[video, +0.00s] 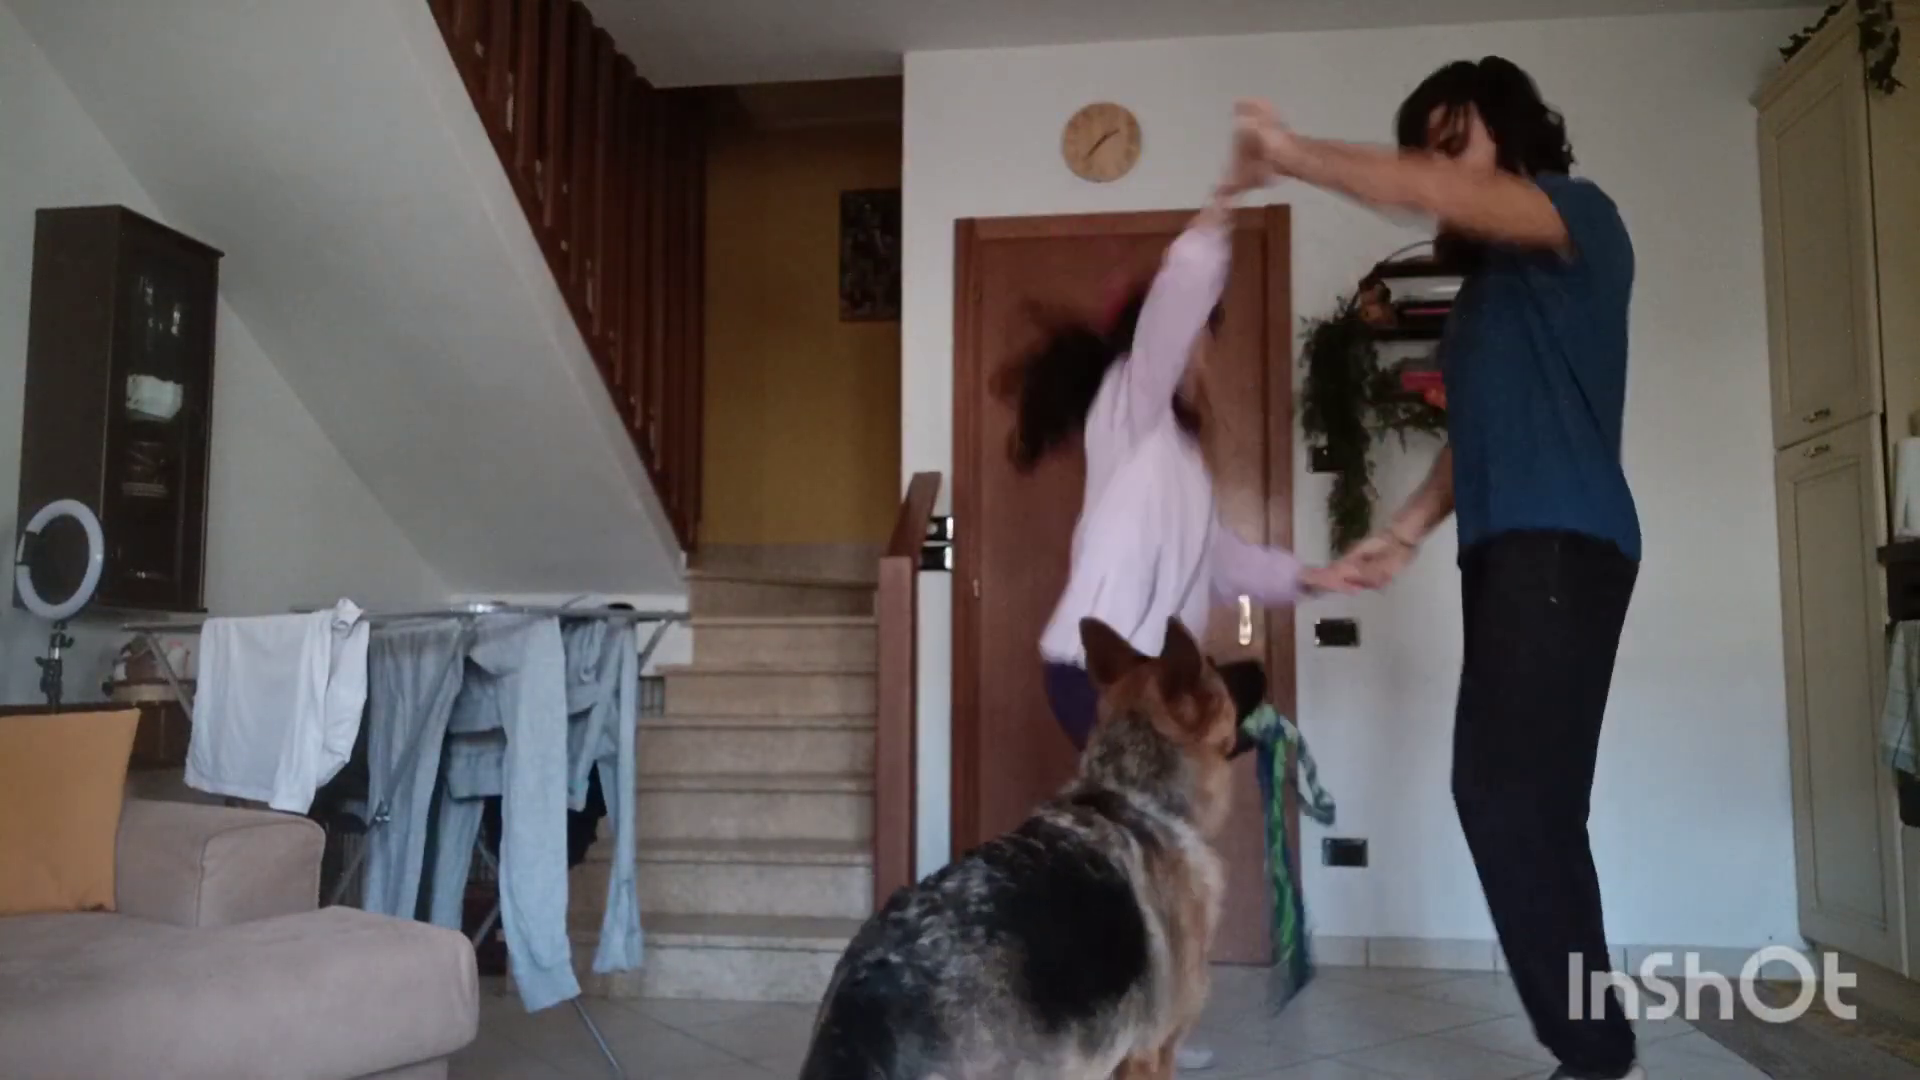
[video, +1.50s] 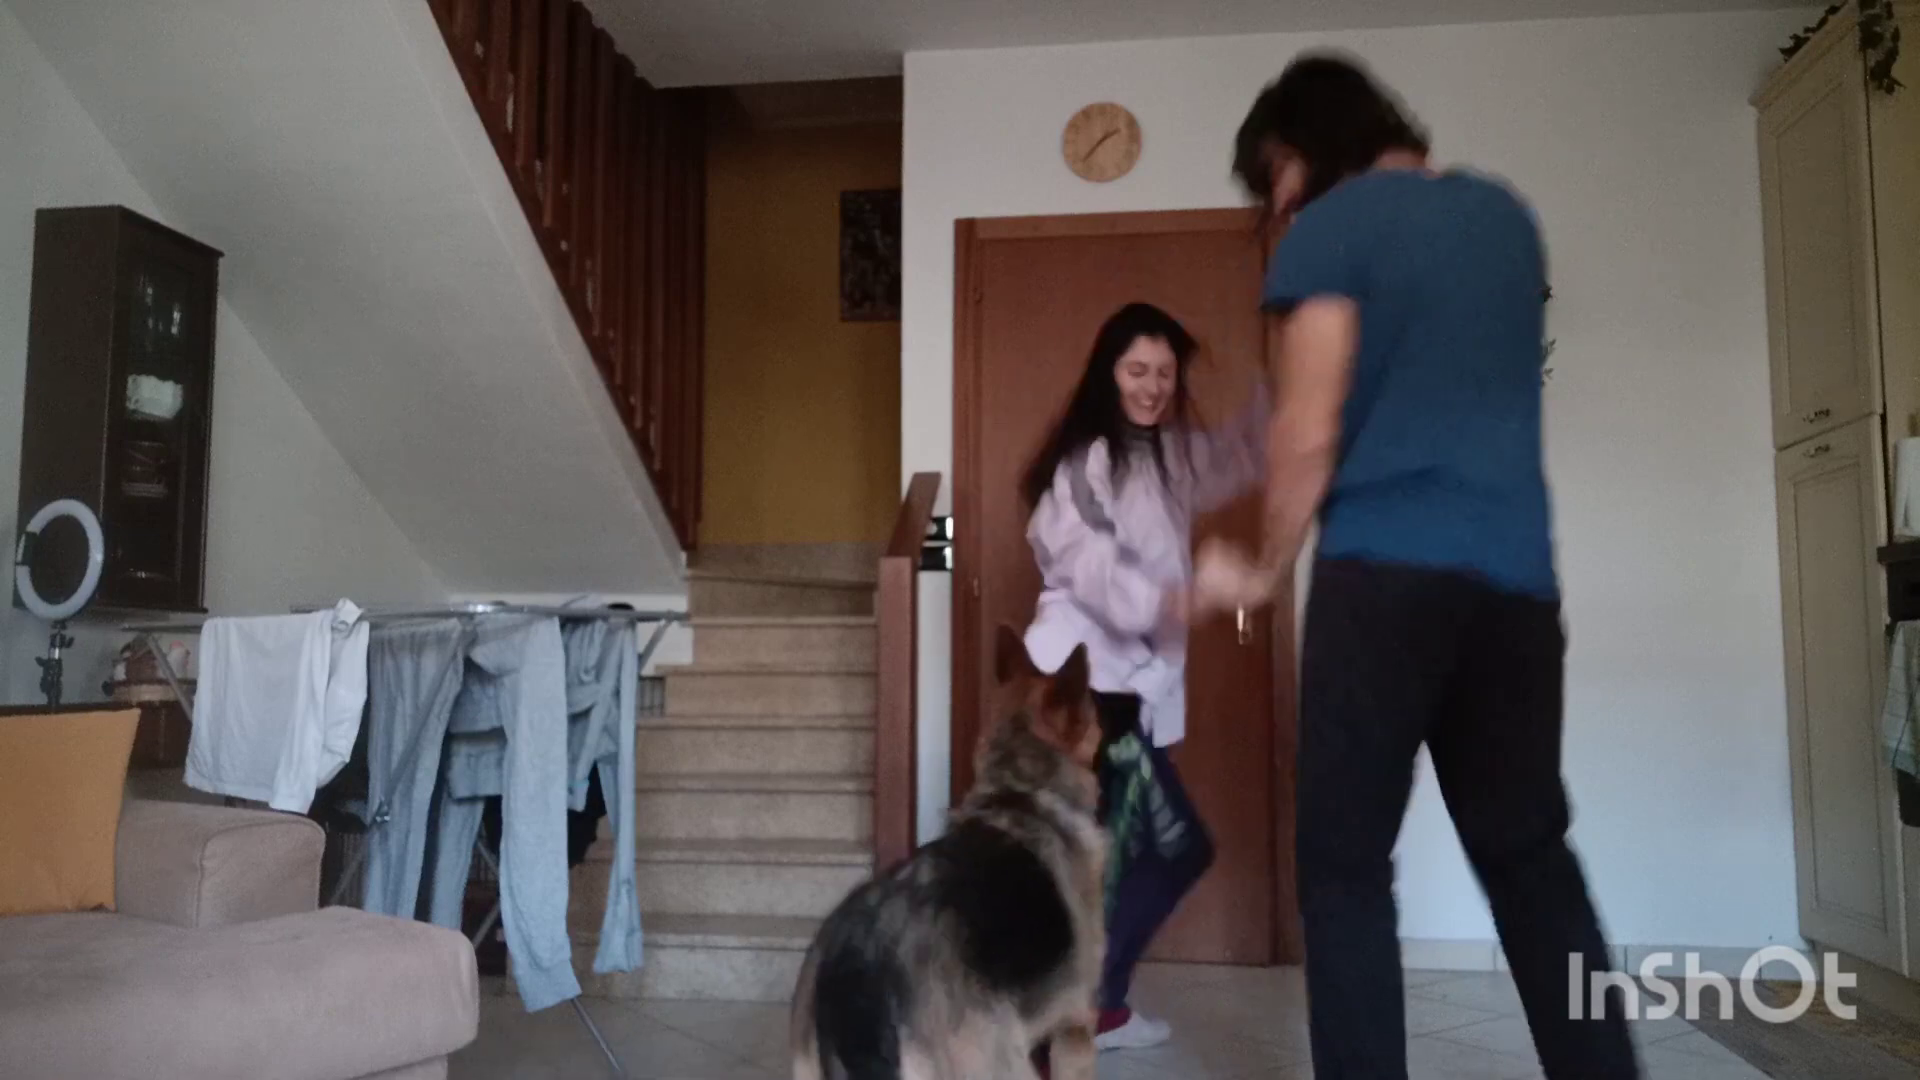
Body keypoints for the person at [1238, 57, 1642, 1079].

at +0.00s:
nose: (1445, 170)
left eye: (1453, 142)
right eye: (1430, 157)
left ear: (1508, 122)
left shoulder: (1582, 215)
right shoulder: (1508, 269)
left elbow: (1437, 193)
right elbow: (1480, 429)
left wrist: (1290, 154)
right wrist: (1402, 531)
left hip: (1560, 544)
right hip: (1512, 551)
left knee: (1500, 787)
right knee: (1529, 796)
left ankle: (1593, 1051)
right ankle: (1590, 1048)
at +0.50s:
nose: (1397, 204)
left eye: (1399, 184)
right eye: (1391, 190)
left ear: (1435, 152)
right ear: (1493, 152)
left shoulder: (1486, 206)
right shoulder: (1575, 266)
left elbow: (1294, 194)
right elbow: (1528, 419)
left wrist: (1186, 209)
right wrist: (1408, 511)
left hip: (1493, 547)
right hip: (1569, 558)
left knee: (1416, 810)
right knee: (1539, 805)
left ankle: (1441, 1062)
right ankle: (1605, 1055)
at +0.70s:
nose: (1376, 235)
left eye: (1375, 220)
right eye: (1370, 224)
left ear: (1398, 191)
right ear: (1478, 185)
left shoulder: (1425, 244)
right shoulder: (1569, 282)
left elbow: (1245, 303)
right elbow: (1538, 419)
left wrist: (1151, 340)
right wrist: (1388, 443)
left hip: (1444, 586)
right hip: (1552, 601)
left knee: (1370, 841)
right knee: (1541, 851)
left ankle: (1409, 1067)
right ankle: (1596, 1067)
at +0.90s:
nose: (1329, 224)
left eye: (1330, 210)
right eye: (1328, 213)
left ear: (1354, 193)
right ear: (1455, 187)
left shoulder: (1345, 245)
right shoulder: (1536, 263)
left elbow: (1201, 388)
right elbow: (1538, 361)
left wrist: (1116, 485)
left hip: (1374, 601)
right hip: (1508, 610)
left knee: (1355, 873)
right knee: (1521, 846)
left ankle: (1368, 1070)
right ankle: (1578, 1070)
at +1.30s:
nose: (1264, 215)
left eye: (1260, 193)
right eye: (1256, 197)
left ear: (1285, 164)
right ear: (1377, 144)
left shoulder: (1284, 239)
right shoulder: (1491, 221)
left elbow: (1246, 434)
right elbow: (1526, 306)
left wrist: (1211, 569)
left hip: (1352, 585)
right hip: (1493, 586)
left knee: (1343, 866)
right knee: (1514, 840)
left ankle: (1369, 1068)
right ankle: (1574, 1067)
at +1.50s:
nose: (1276, 211)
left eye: (1274, 183)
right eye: (1267, 190)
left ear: (1310, 151)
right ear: (1390, 137)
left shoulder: (1327, 228)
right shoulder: (1505, 215)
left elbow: (1309, 432)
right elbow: (1501, 394)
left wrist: (1267, 562)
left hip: (1382, 588)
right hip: (1516, 594)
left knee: (1343, 867)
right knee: (1528, 853)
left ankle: (1362, 1068)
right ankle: (1603, 1066)